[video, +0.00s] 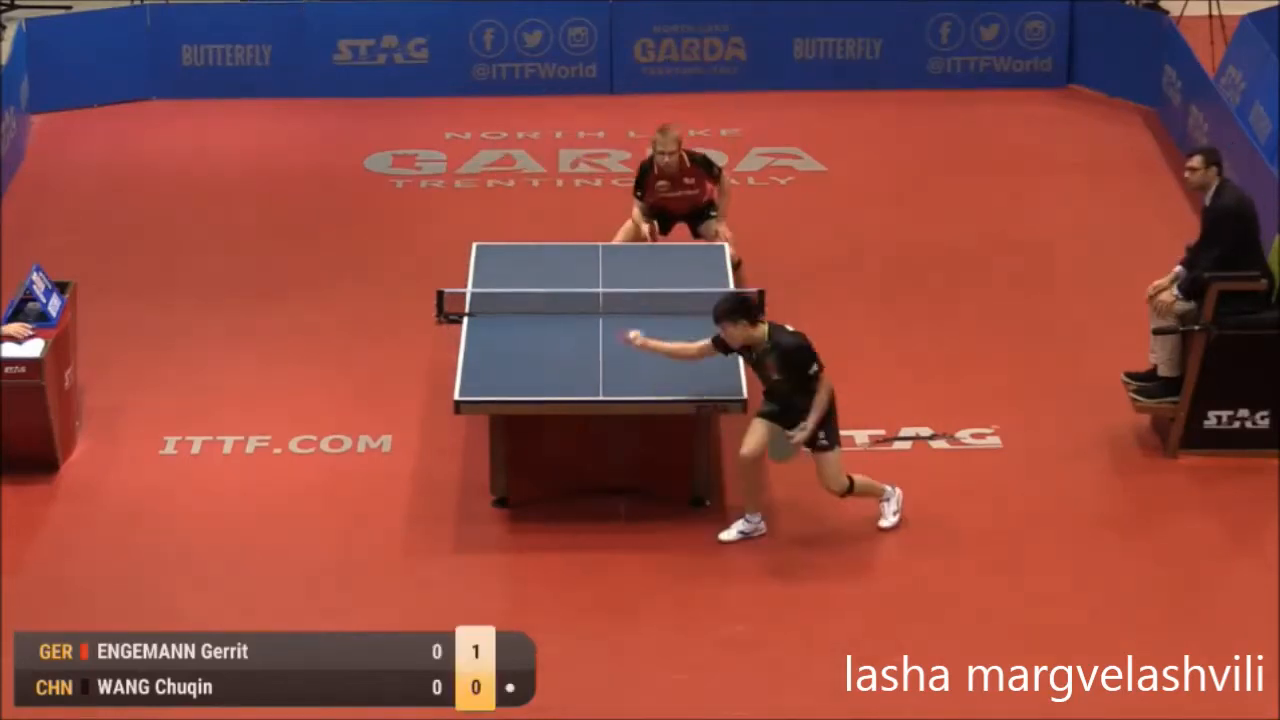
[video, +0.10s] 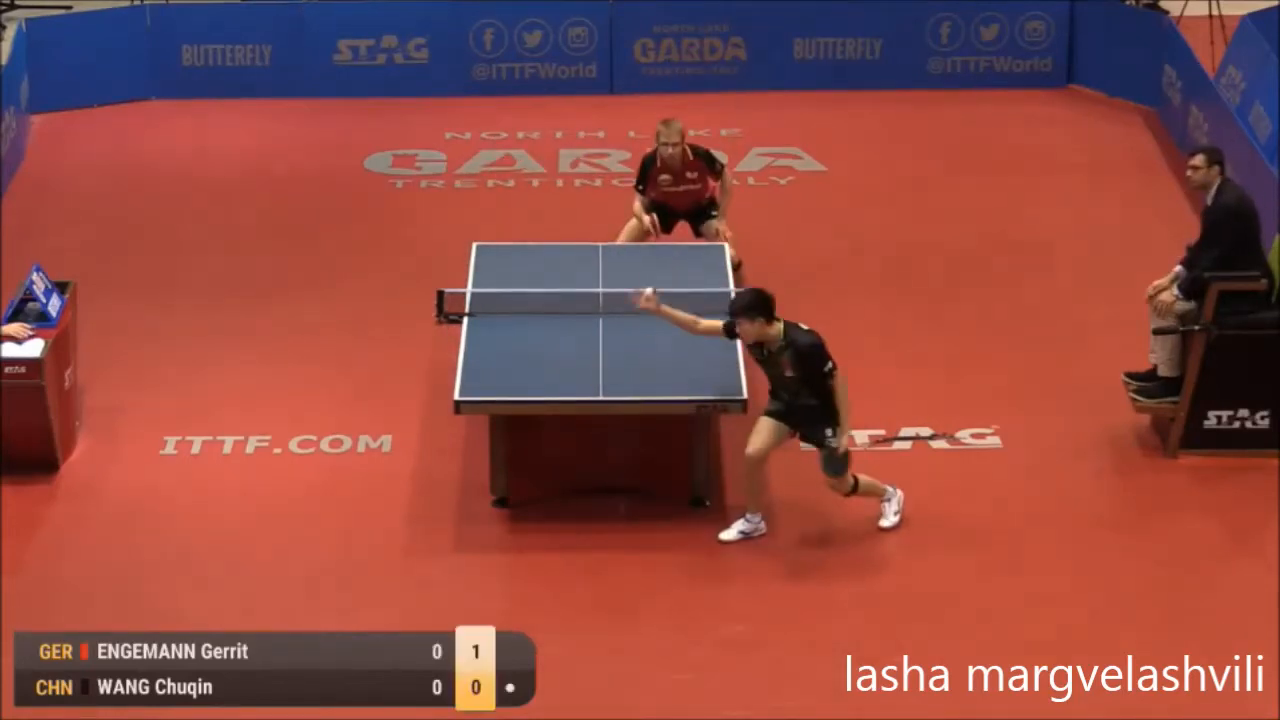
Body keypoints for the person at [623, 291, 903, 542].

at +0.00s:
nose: (725, 336)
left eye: (727, 330)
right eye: (723, 331)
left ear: (747, 325)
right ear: (735, 328)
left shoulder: (792, 344)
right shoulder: (740, 341)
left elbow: (824, 387)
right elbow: (695, 351)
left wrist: (807, 428)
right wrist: (647, 344)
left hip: (813, 406)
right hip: (777, 404)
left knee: (835, 484)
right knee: (748, 455)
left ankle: (888, 494)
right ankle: (753, 519)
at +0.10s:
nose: (737, 331)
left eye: (741, 325)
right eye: (736, 325)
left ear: (761, 323)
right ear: (749, 323)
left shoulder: (807, 343)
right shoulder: (748, 334)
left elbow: (837, 381)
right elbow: (698, 326)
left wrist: (844, 428)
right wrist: (657, 308)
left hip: (822, 412)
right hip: (784, 405)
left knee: (841, 483)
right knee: (753, 454)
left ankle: (890, 495)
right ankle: (753, 519)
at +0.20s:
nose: (757, 322)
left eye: (762, 317)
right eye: (757, 316)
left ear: (783, 316)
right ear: (767, 316)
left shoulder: (823, 337)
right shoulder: (767, 327)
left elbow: (855, 379)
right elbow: (717, 305)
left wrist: (881, 418)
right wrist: (676, 283)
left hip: (832, 402)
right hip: (794, 398)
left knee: (846, 474)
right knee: (760, 449)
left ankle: (891, 497)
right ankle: (754, 518)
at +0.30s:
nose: (766, 312)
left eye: (772, 308)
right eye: (765, 307)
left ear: (793, 310)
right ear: (772, 309)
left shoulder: (831, 332)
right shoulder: (773, 317)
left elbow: (863, 367)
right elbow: (726, 299)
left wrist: (890, 406)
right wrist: (680, 278)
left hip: (839, 396)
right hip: (800, 391)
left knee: (854, 467)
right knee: (767, 444)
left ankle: (893, 499)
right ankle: (755, 517)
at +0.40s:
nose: (774, 303)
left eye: (781, 300)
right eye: (775, 298)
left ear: (802, 304)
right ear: (781, 301)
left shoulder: (839, 323)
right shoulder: (778, 312)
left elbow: (877, 353)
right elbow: (734, 295)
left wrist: (888, 400)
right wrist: (690, 281)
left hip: (848, 383)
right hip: (808, 378)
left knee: (861, 452)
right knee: (774, 432)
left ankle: (893, 501)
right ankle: (759, 512)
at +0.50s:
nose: (774, 302)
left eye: (781, 299)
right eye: (775, 297)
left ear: (800, 307)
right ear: (785, 301)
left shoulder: (838, 318)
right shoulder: (775, 310)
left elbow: (877, 332)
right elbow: (737, 296)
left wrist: (881, 385)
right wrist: (698, 286)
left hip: (850, 379)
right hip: (810, 373)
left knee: (868, 449)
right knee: (773, 425)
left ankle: (894, 500)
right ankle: (759, 506)